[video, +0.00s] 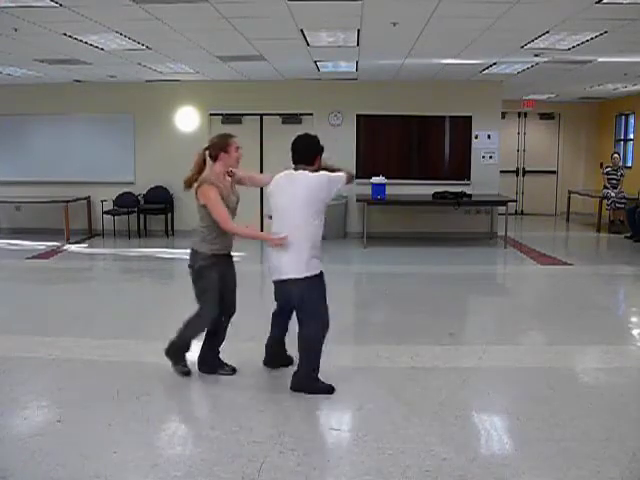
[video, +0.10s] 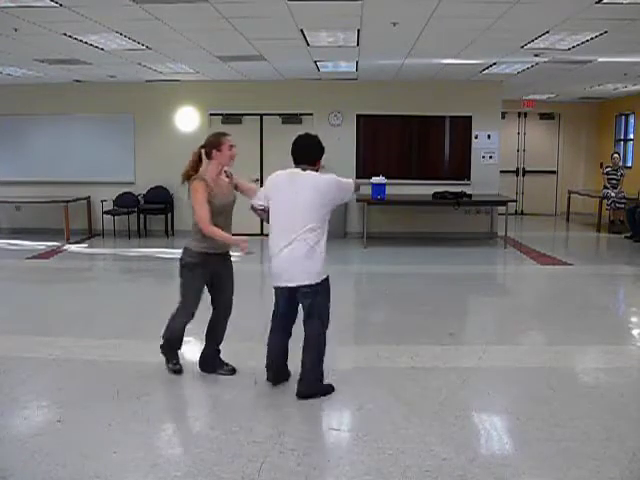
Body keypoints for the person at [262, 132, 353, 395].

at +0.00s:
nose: (320, 159)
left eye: (318, 156)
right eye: (319, 156)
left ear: (293, 156)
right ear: (317, 159)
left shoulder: (276, 181)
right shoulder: (321, 181)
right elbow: (348, 176)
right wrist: (324, 169)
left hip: (278, 267)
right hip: (306, 268)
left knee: (282, 311)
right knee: (315, 323)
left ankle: (274, 352)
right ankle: (306, 377)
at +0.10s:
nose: (321, 162)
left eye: (319, 158)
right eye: (321, 158)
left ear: (293, 158)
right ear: (318, 160)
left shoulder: (276, 179)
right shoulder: (325, 183)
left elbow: (257, 206)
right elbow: (354, 186)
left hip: (280, 271)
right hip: (311, 272)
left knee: (281, 320)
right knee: (316, 326)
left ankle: (276, 372)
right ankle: (310, 385)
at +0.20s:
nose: (319, 161)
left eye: (318, 157)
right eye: (319, 158)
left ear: (291, 158)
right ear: (317, 160)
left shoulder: (271, 180)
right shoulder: (325, 186)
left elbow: (243, 200)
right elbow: (349, 198)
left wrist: (264, 222)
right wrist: (318, 180)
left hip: (279, 275)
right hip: (313, 276)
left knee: (278, 324)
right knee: (317, 332)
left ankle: (269, 382)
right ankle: (314, 388)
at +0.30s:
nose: (315, 162)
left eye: (312, 158)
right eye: (316, 159)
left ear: (287, 158)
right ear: (314, 161)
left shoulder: (268, 181)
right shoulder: (323, 188)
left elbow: (234, 194)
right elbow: (342, 206)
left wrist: (249, 222)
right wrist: (314, 182)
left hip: (276, 276)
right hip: (312, 277)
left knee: (271, 331)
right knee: (317, 335)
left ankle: (260, 394)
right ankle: (314, 388)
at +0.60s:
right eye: (283, 158)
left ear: (256, 160)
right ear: (285, 161)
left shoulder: (241, 186)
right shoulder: (298, 189)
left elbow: (207, 185)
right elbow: (335, 197)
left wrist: (214, 174)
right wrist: (309, 187)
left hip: (251, 281)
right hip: (288, 280)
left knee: (254, 343)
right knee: (292, 336)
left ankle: (258, 415)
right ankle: (285, 393)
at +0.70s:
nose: (241, 156)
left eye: (244, 153)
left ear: (249, 159)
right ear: (278, 159)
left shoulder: (234, 183)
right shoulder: (293, 186)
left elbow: (208, 174)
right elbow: (332, 183)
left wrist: (234, 166)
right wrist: (307, 168)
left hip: (243, 280)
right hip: (281, 280)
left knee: (248, 340)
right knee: (279, 335)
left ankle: (255, 410)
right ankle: (273, 392)